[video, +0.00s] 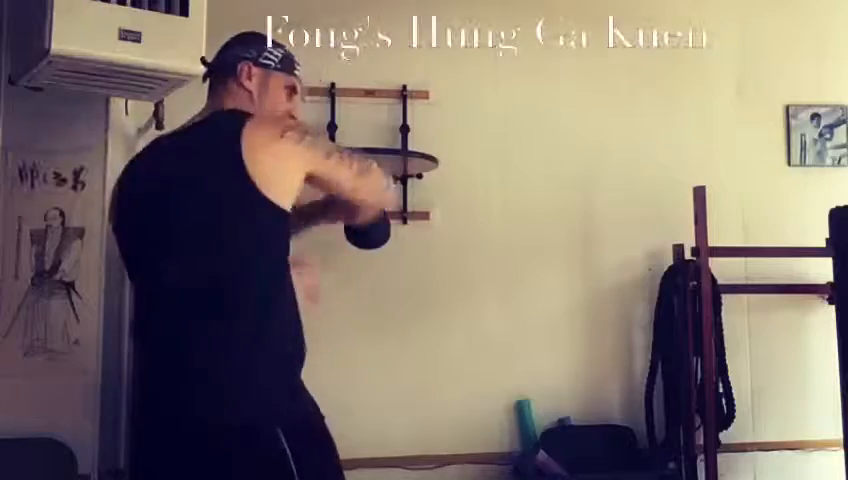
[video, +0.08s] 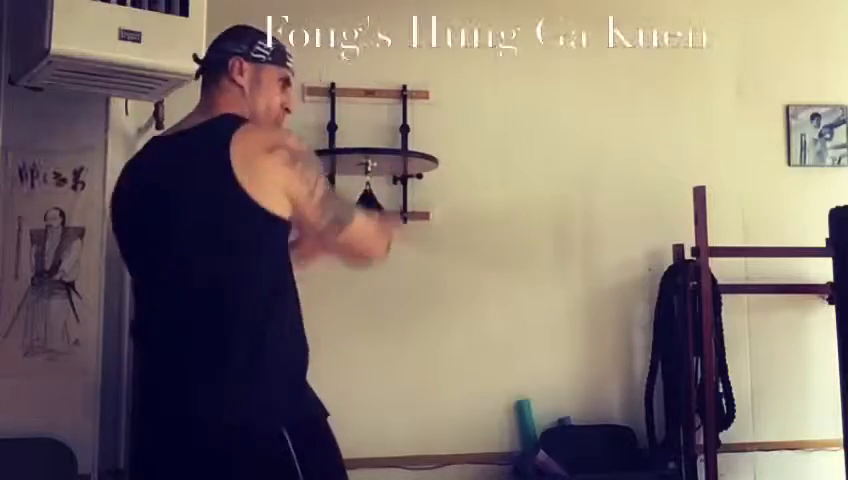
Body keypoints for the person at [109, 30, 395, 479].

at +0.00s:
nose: (295, 111)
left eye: (297, 96)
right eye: (289, 91)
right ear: (247, 76)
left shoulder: (136, 170)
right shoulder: (274, 140)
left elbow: (171, 276)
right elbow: (374, 193)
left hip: (163, 406)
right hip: (258, 408)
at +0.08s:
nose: (289, 103)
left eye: (289, 88)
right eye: (282, 83)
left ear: (233, 76)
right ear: (239, 72)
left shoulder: (135, 171)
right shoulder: (268, 148)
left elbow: (207, 272)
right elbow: (366, 242)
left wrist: (304, 248)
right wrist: (380, 228)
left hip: (165, 410)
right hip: (263, 412)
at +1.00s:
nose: (304, 126)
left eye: (306, 109)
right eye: (297, 104)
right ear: (250, 88)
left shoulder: (266, 185)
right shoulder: (181, 141)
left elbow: (326, 275)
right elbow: (260, 93)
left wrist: (282, 241)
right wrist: (348, 150)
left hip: (263, 393)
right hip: (184, 397)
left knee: (302, 471)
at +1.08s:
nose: (295, 108)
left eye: (296, 96)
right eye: (286, 91)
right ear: (244, 86)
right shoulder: (207, 140)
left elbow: (286, 298)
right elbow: (380, 139)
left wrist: (330, 224)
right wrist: (405, 230)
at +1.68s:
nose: (291, 84)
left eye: (286, 69)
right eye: (276, 66)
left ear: (230, 71)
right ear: (230, 67)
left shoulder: (167, 162)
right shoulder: (242, 166)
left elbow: (256, 259)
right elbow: (338, 277)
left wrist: (365, 237)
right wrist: (408, 242)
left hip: (180, 420)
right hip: (259, 424)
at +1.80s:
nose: (270, 77)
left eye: (264, 64)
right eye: (253, 61)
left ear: (208, 68)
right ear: (205, 67)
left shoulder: (209, 166)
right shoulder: (200, 174)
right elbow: (319, 269)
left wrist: (322, 218)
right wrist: (388, 203)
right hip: (247, 440)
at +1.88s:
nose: (269, 85)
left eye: (266, 70)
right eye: (255, 68)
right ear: (207, 71)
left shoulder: (261, 174)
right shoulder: (171, 177)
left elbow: (338, 276)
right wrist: (342, 217)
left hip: (289, 428)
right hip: (206, 435)